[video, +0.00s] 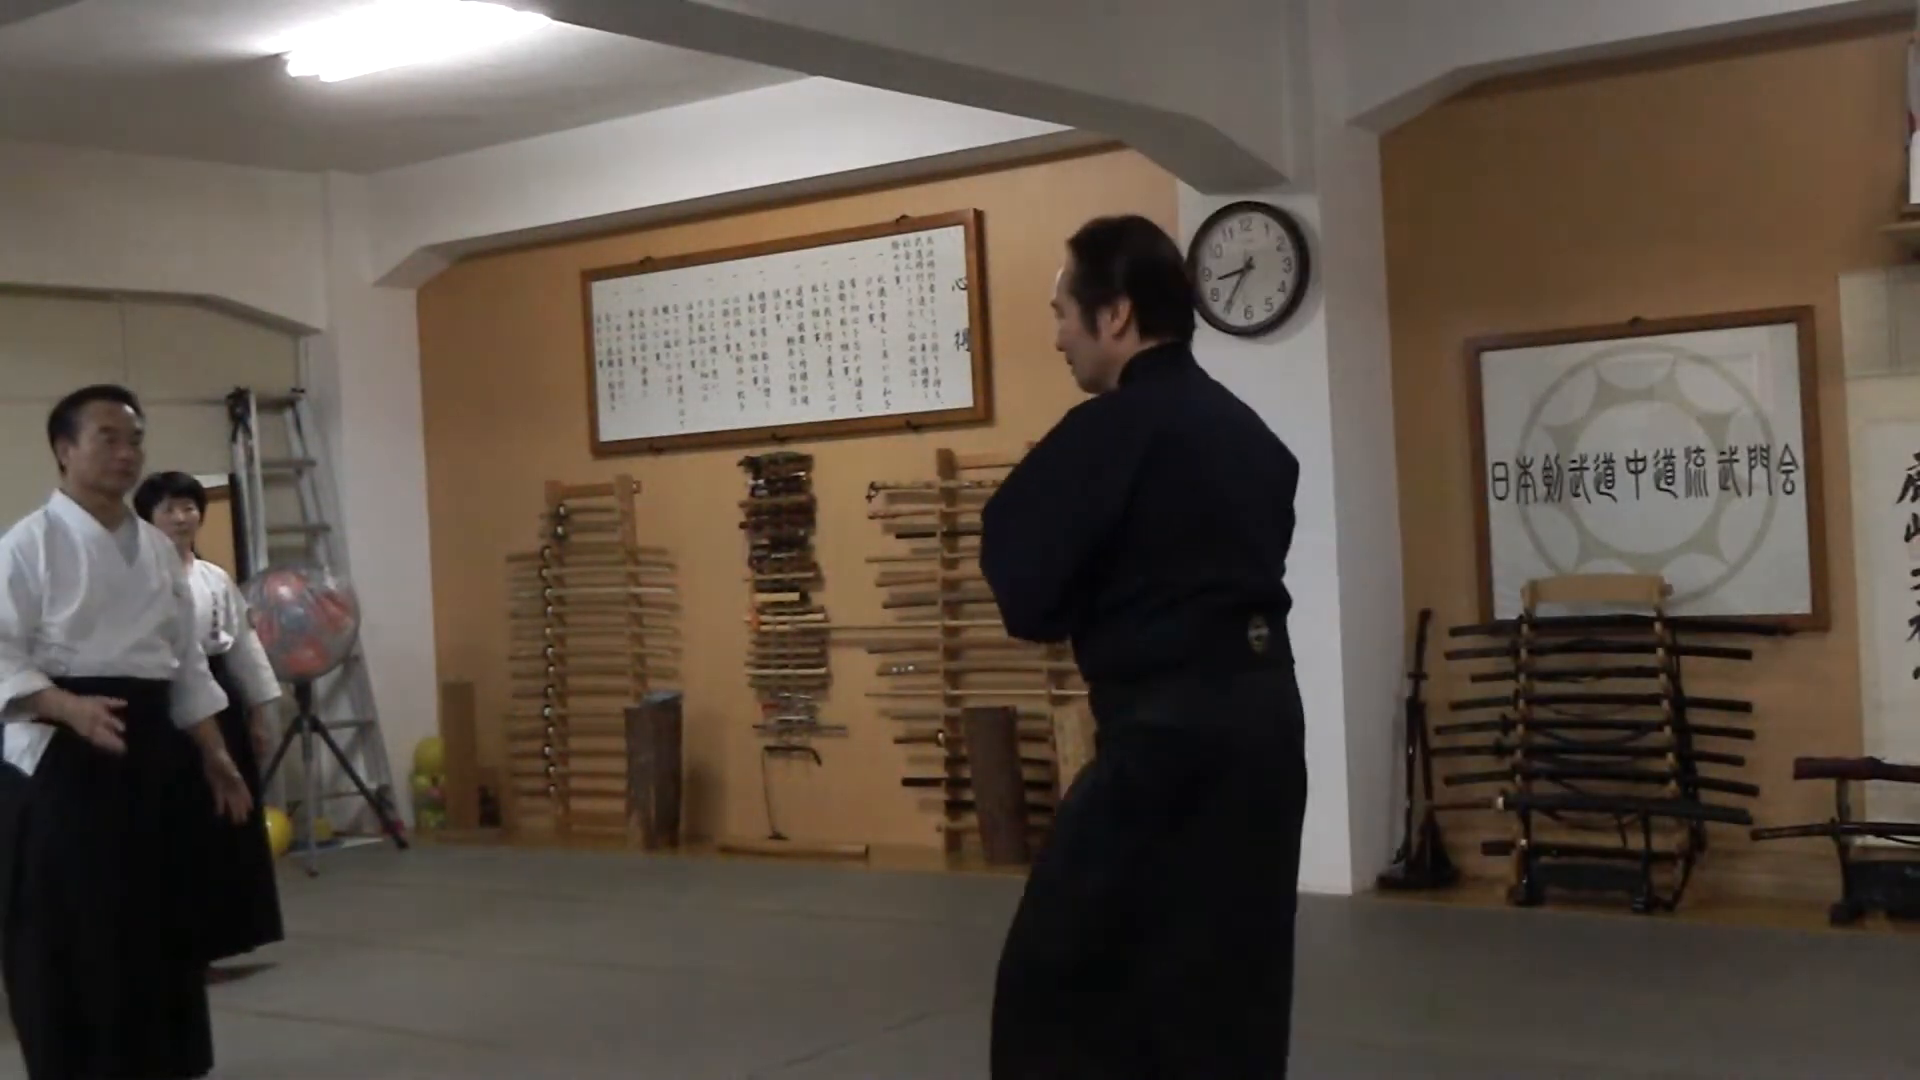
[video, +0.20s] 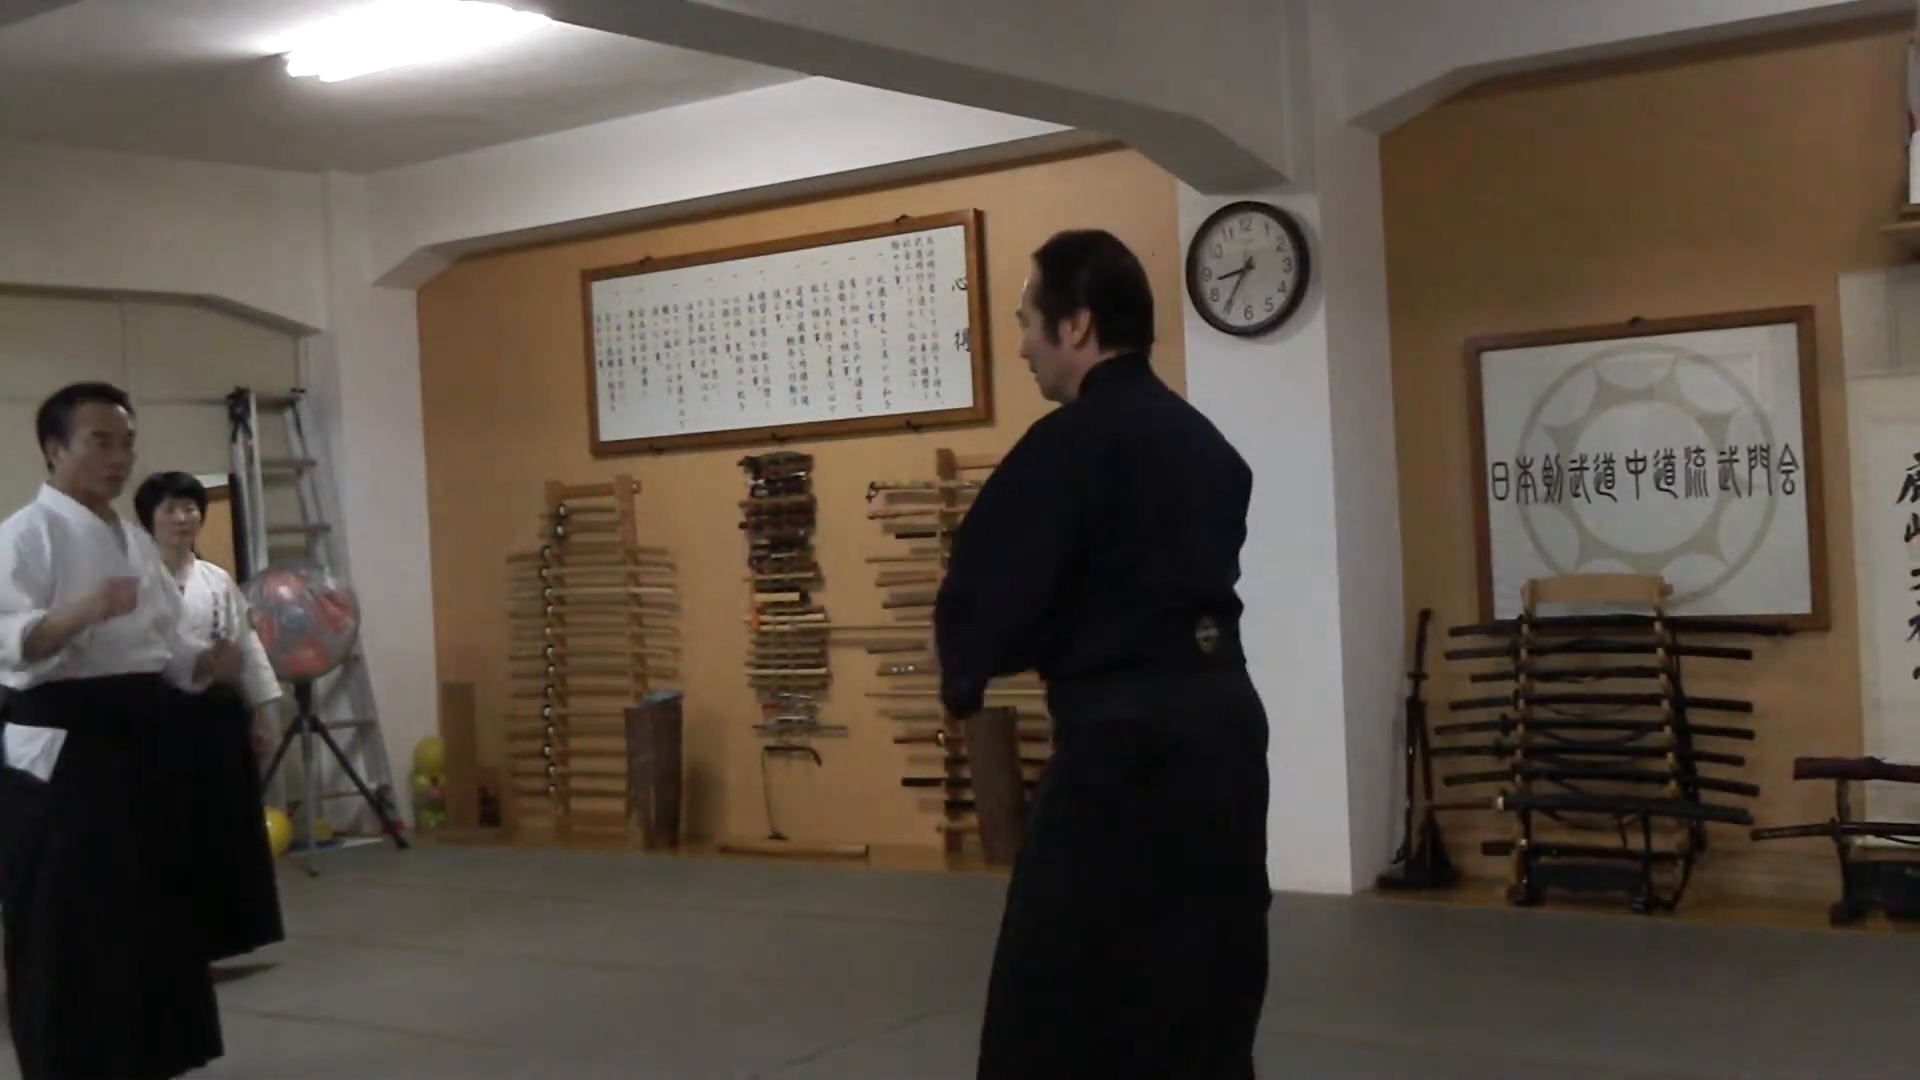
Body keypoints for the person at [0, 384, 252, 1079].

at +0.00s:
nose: (126, 451)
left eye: (135, 439)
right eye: (107, 436)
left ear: (142, 454)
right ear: (63, 450)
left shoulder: (159, 550)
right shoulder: (26, 547)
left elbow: (188, 664)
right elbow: (3, 660)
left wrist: (217, 750)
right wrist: (66, 706)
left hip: (156, 750)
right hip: (64, 753)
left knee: (164, 921)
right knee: (71, 928)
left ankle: (165, 1062)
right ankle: (80, 1064)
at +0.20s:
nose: (117, 456)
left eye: (125, 443)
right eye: (99, 441)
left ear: (132, 452)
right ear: (54, 449)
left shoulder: (135, 540)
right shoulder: (28, 532)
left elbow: (159, 652)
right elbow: (10, 643)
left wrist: (207, 662)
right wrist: (81, 611)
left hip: (140, 748)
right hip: (59, 753)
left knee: (148, 920)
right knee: (69, 930)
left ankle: (149, 1059)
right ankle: (77, 1064)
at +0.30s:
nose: (115, 461)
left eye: (123, 448)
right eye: (98, 446)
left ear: (128, 454)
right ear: (50, 451)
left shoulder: (120, 536)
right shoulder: (25, 526)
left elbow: (185, 636)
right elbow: (64, 581)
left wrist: (186, 590)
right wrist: (147, 551)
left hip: (123, 752)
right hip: (51, 760)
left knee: (138, 926)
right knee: (68, 936)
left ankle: (141, 1058)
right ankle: (77, 1063)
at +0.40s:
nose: (113, 461)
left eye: (119, 448)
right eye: (96, 446)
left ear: (120, 451)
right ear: (46, 451)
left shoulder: (93, 528)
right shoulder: (36, 522)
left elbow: (151, 635)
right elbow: (134, 531)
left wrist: (163, 588)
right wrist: (215, 523)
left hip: (107, 738)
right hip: (46, 748)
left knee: (123, 919)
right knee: (67, 931)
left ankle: (130, 1058)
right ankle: (75, 1062)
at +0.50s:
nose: (116, 461)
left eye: (121, 447)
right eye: (99, 445)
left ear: (122, 452)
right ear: (49, 451)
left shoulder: (91, 528)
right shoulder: (40, 523)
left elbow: (127, 637)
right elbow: (135, 536)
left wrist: (164, 593)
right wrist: (227, 526)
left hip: (104, 731)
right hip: (49, 739)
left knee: (120, 909)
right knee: (69, 923)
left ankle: (128, 1057)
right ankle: (79, 1062)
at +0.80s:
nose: (121, 460)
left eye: (125, 446)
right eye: (104, 444)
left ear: (126, 452)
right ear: (54, 451)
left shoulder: (87, 529)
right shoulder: (43, 523)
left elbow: (101, 652)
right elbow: (133, 544)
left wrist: (156, 630)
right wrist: (227, 531)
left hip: (104, 734)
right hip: (51, 742)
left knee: (122, 913)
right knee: (71, 924)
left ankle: (133, 1058)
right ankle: (81, 1062)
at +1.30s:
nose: (113, 469)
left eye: (122, 454)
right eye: (94, 453)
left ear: (132, 461)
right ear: (49, 461)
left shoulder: (170, 556)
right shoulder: (11, 553)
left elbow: (209, 655)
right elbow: (2, 663)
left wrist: (237, 731)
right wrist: (1, 755)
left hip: (152, 750)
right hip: (43, 754)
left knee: (155, 943)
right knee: (47, 938)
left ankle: (154, 1068)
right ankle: (50, 1066)